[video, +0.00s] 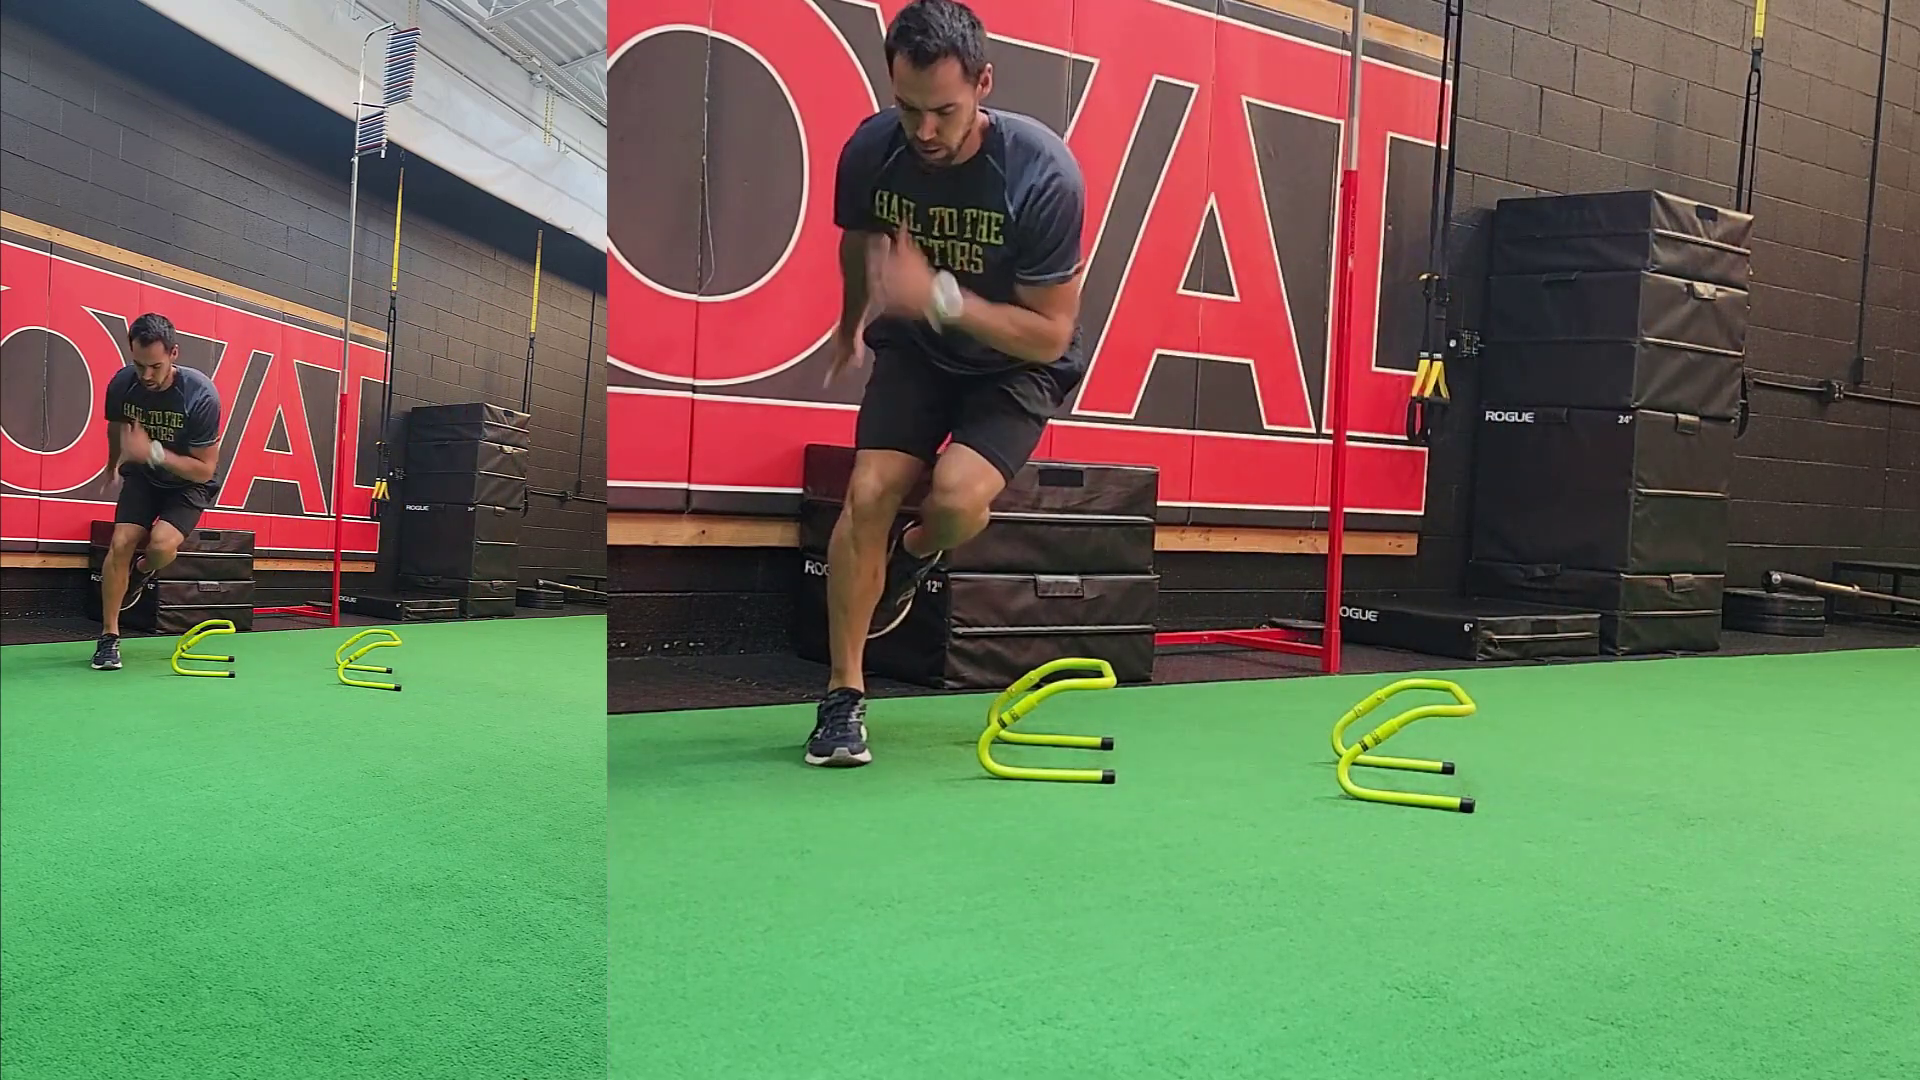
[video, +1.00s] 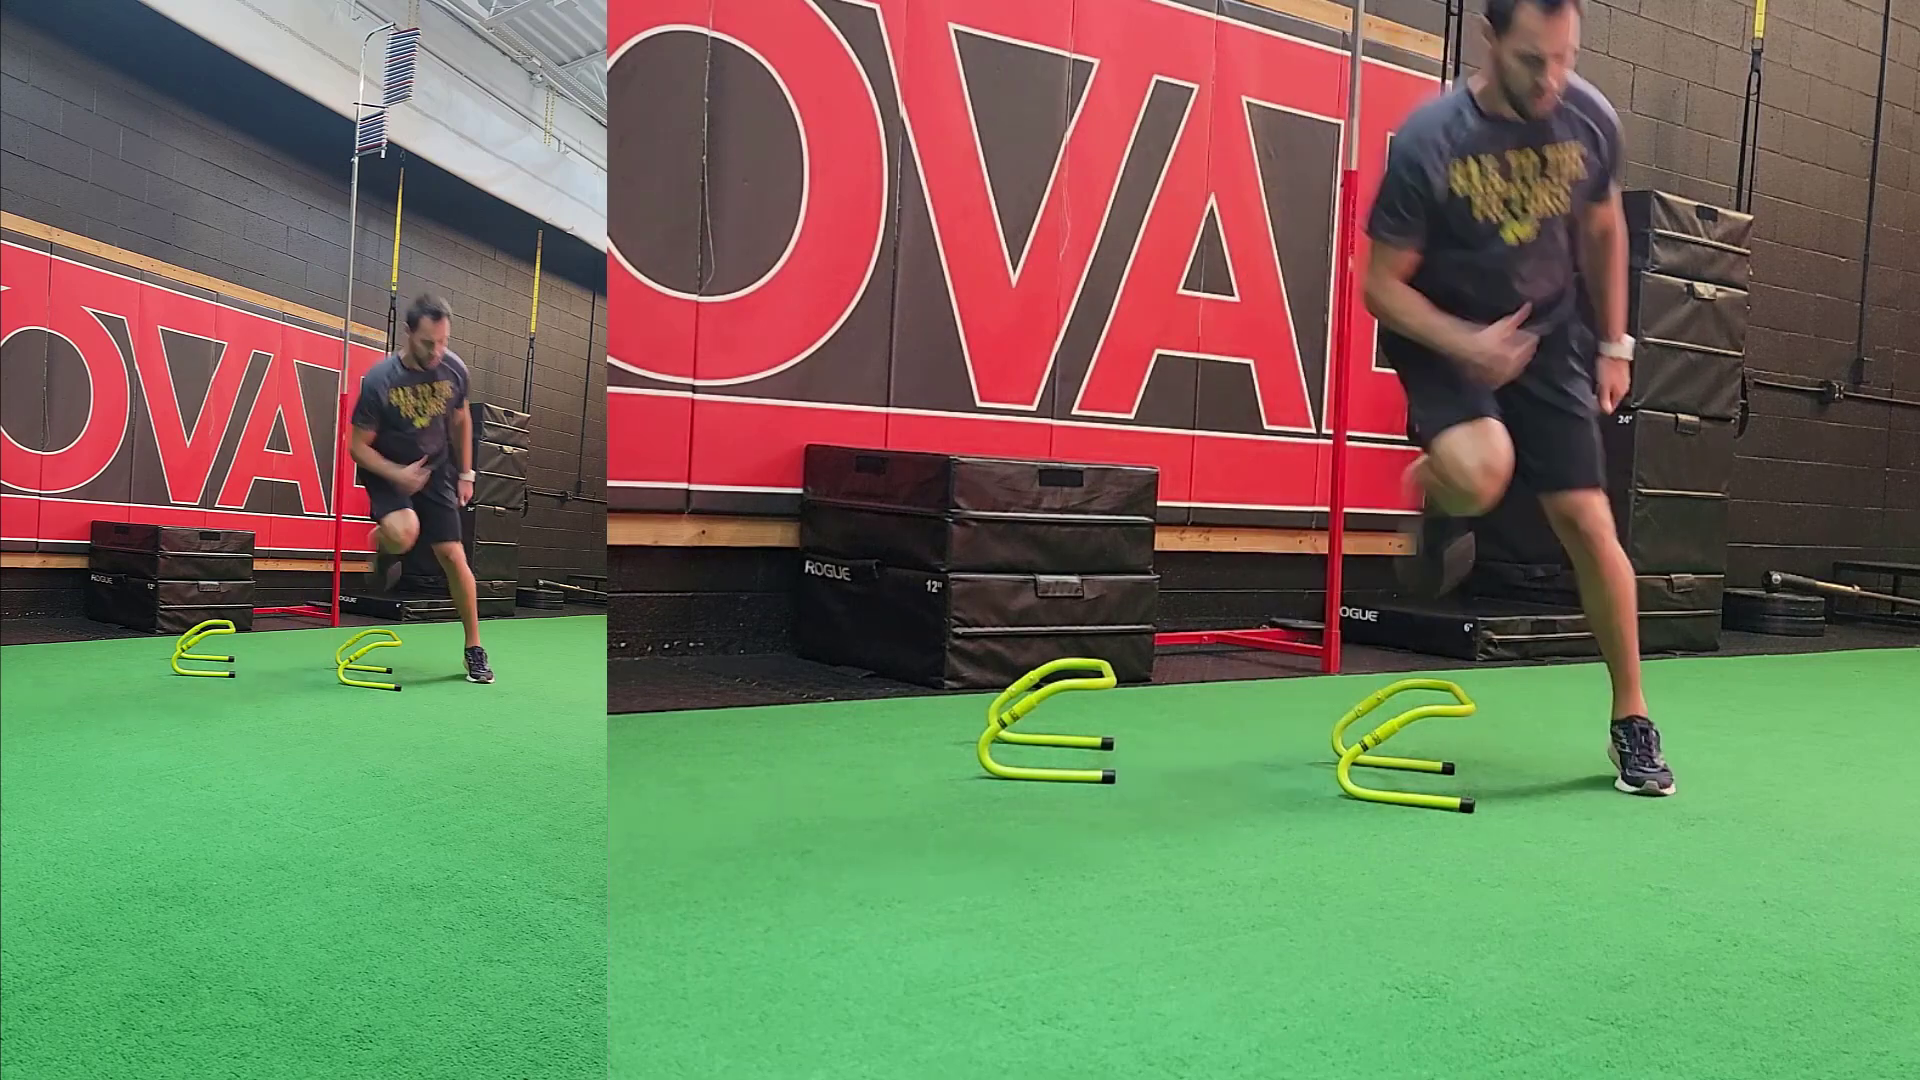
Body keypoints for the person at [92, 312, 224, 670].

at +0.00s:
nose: (147, 375)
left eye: (155, 367)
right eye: (140, 365)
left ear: (174, 355)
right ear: (131, 355)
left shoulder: (202, 397)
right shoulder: (122, 385)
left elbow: (205, 470)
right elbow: (116, 428)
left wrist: (153, 452)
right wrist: (112, 467)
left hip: (189, 482)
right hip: (141, 475)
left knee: (162, 543)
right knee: (122, 543)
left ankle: (141, 575)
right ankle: (110, 636)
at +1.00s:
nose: (436, 352)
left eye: (443, 342)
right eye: (428, 343)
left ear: (448, 336)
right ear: (408, 334)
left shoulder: (454, 370)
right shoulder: (378, 380)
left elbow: (461, 418)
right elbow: (357, 447)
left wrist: (466, 472)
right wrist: (396, 473)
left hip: (437, 474)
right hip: (388, 474)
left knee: (452, 553)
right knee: (403, 536)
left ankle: (474, 647)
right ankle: (382, 552)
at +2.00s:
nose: (330, 312)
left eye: (338, 303)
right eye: (324, 301)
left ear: (356, 297)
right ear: (315, 296)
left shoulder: (379, 340)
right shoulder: (295, 338)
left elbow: (404, 378)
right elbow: (273, 397)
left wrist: (406, 431)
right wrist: (296, 400)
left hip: (353, 445)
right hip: (304, 444)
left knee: (338, 502)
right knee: (298, 529)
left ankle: (345, 594)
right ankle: (298, 633)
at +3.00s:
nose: (142, 366)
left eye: (150, 357)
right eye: (134, 356)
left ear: (166, 344)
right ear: (123, 346)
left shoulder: (195, 388)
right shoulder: (113, 380)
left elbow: (189, 466)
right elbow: (107, 423)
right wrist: (98, 466)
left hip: (189, 472)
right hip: (139, 467)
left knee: (170, 551)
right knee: (123, 542)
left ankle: (163, 545)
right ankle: (108, 636)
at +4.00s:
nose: (433, 356)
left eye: (440, 347)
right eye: (425, 347)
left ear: (446, 340)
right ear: (405, 339)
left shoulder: (457, 375)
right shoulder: (377, 382)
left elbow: (456, 417)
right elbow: (362, 448)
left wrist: (447, 460)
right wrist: (412, 446)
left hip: (431, 476)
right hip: (382, 473)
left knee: (451, 563)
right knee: (375, 533)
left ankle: (471, 652)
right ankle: (379, 550)